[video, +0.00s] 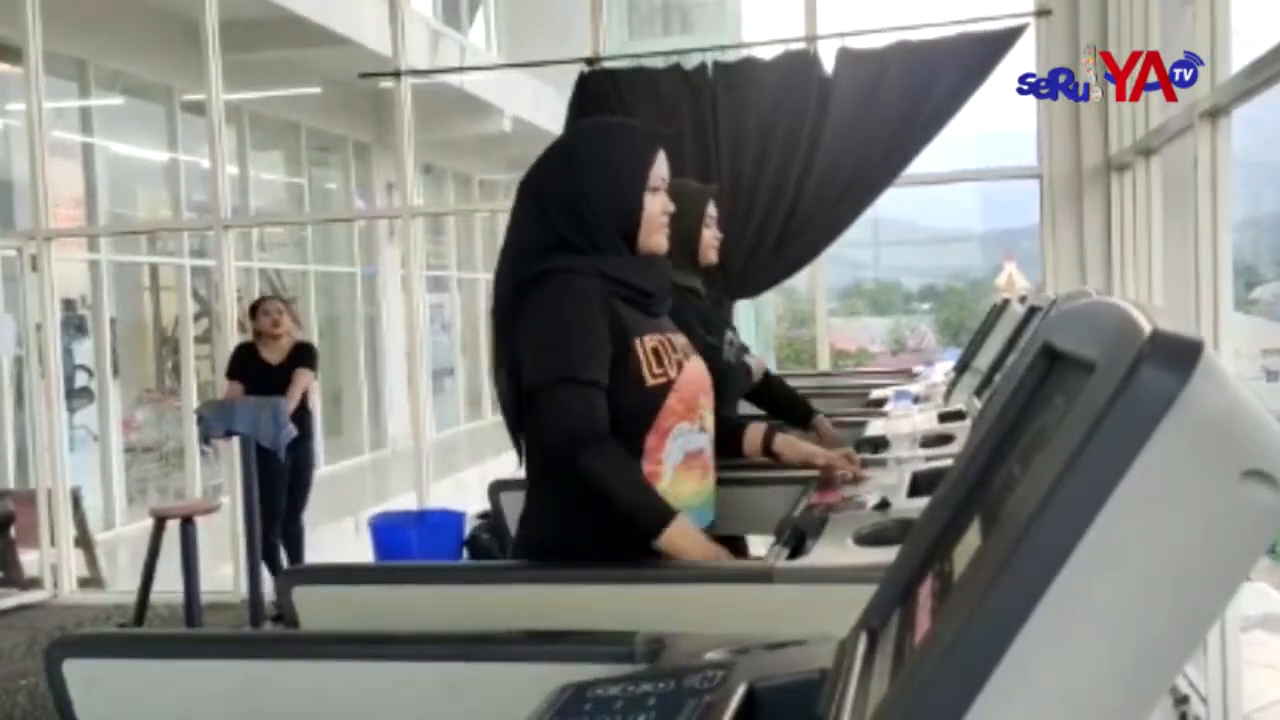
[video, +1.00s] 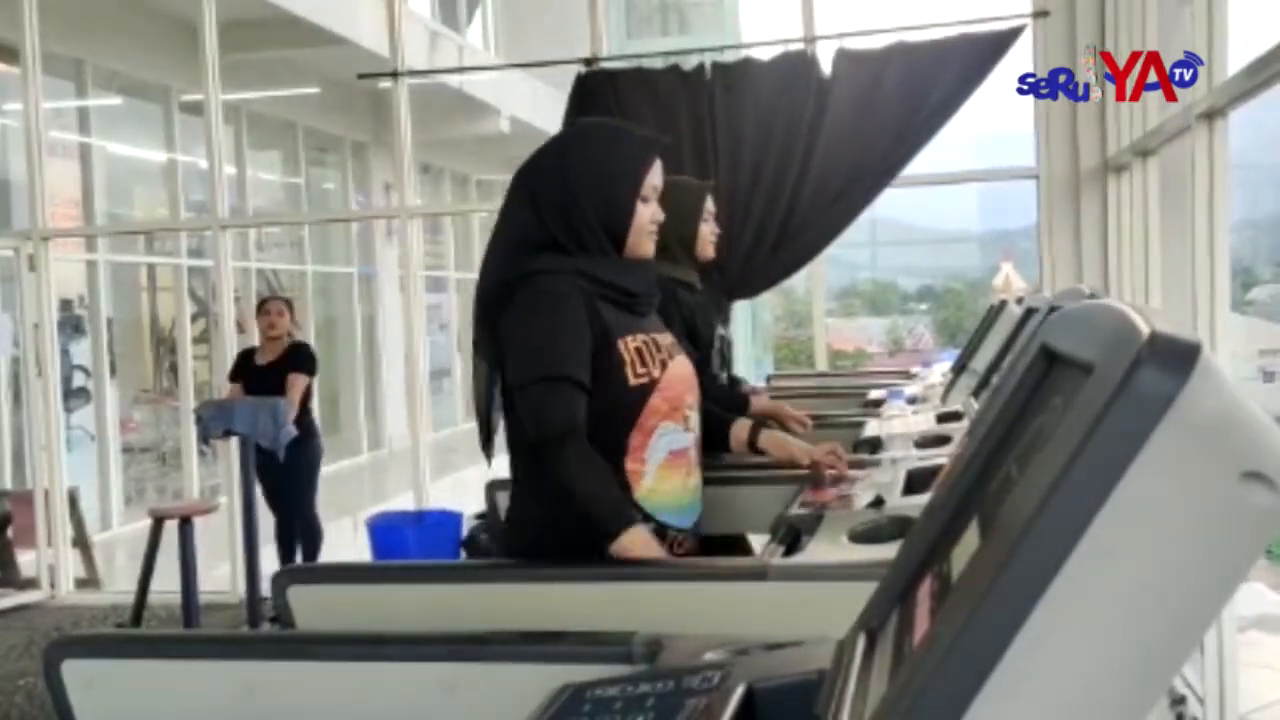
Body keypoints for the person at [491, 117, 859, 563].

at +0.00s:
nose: (669, 206)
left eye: (666, 190)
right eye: (655, 190)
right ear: (608, 193)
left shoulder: (638, 294)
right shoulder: (568, 296)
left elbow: (682, 418)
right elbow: (579, 450)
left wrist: (778, 444)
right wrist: (699, 550)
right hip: (596, 574)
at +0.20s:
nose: (670, 195)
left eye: (668, 179)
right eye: (656, 179)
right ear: (608, 181)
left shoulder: (641, 283)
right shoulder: (553, 284)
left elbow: (668, 417)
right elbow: (524, 431)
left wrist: (774, 442)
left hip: (648, 548)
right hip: (579, 559)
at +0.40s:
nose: (668, 218)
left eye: (666, 203)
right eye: (654, 203)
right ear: (604, 205)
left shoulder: (634, 307)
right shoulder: (547, 312)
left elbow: (660, 431)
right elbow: (499, 461)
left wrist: (770, 447)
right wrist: (461, 578)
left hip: (651, 566)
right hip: (580, 577)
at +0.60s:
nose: (658, 207)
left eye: (656, 190)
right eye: (645, 189)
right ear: (597, 190)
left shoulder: (624, 288)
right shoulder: (552, 295)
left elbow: (672, 413)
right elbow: (548, 459)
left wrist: (794, 454)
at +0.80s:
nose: (654, 220)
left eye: (653, 204)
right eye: (643, 203)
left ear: (602, 203)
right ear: (594, 201)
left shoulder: (615, 300)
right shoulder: (556, 301)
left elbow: (662, 416)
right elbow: (587, 445)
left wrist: (760, 448)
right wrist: (721, 515)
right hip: (553, 572)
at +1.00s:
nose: (659, 216)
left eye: (657, 200)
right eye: (646, 199)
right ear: (597, 196)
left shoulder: (628, 295)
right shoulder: (551, 298)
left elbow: (676, 411)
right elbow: (558, 448)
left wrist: (779, 446)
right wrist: (653, 558)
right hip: (587, 569)